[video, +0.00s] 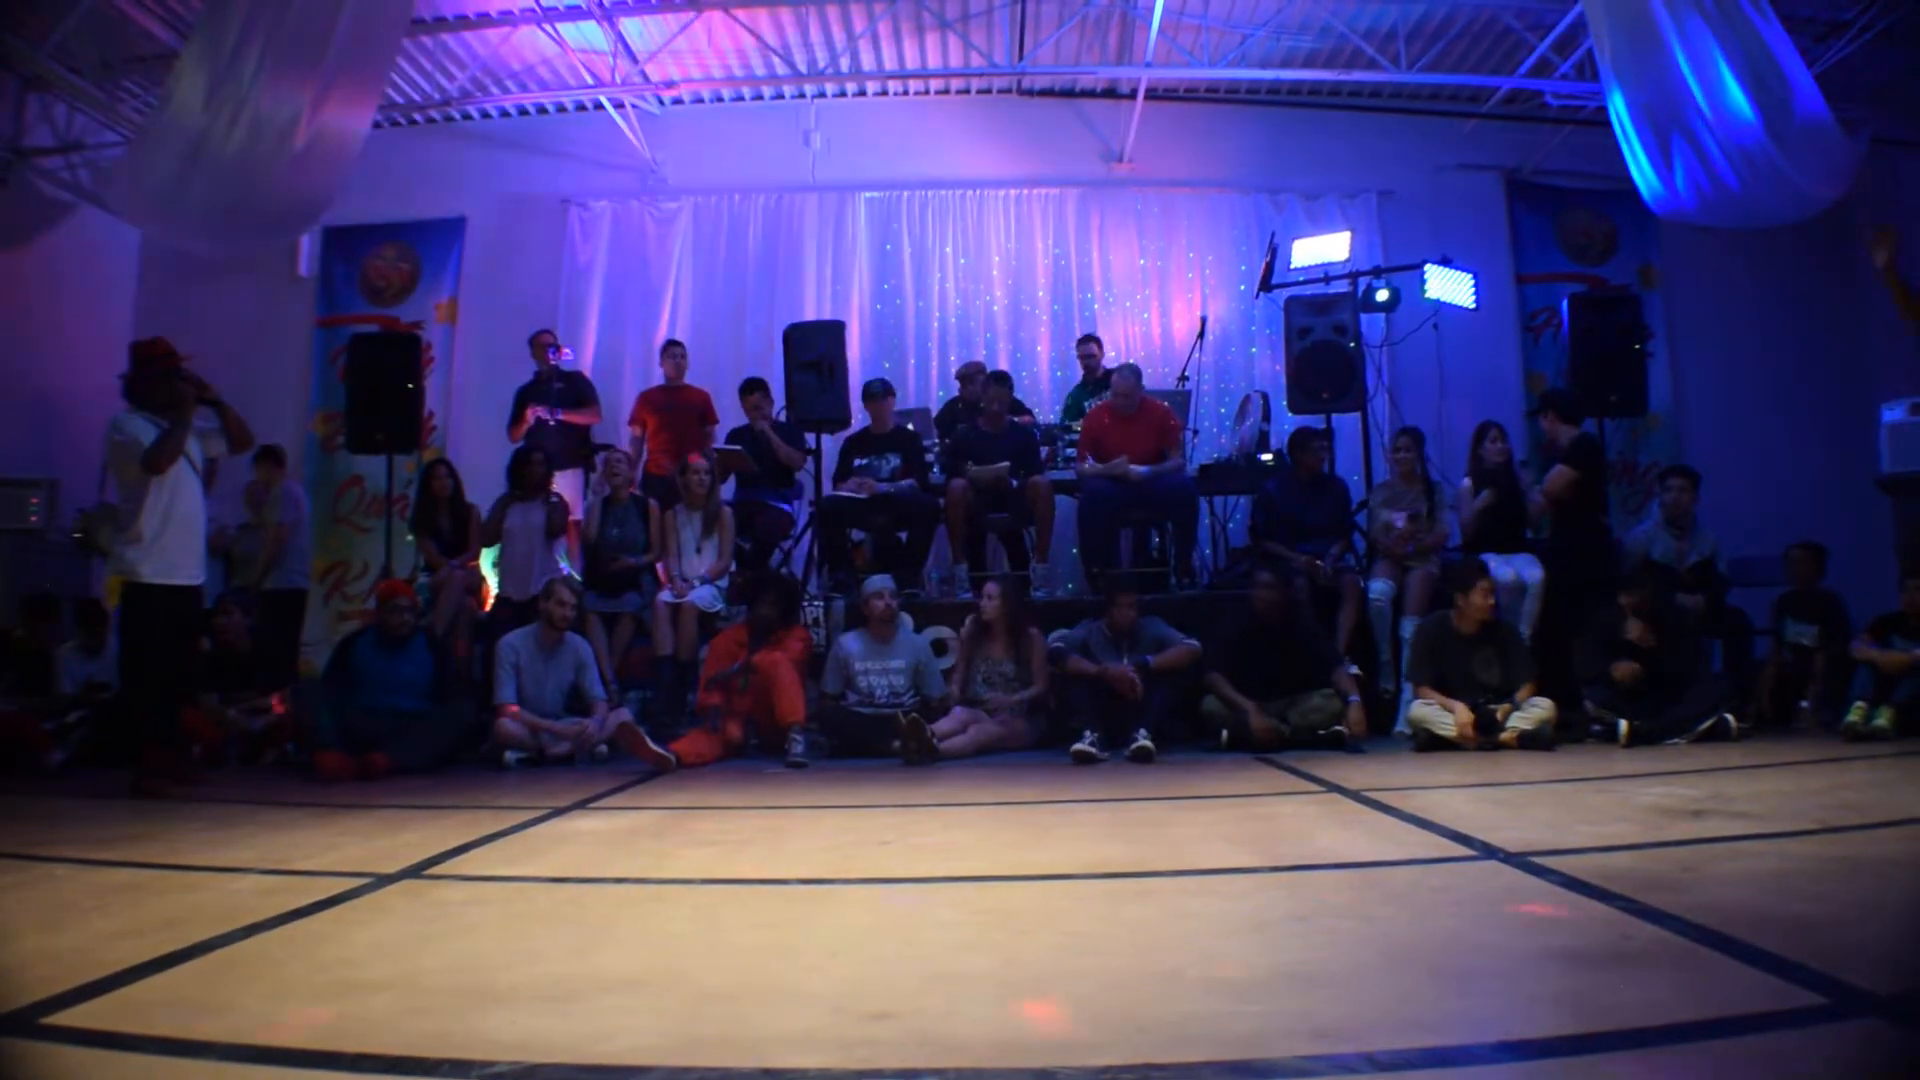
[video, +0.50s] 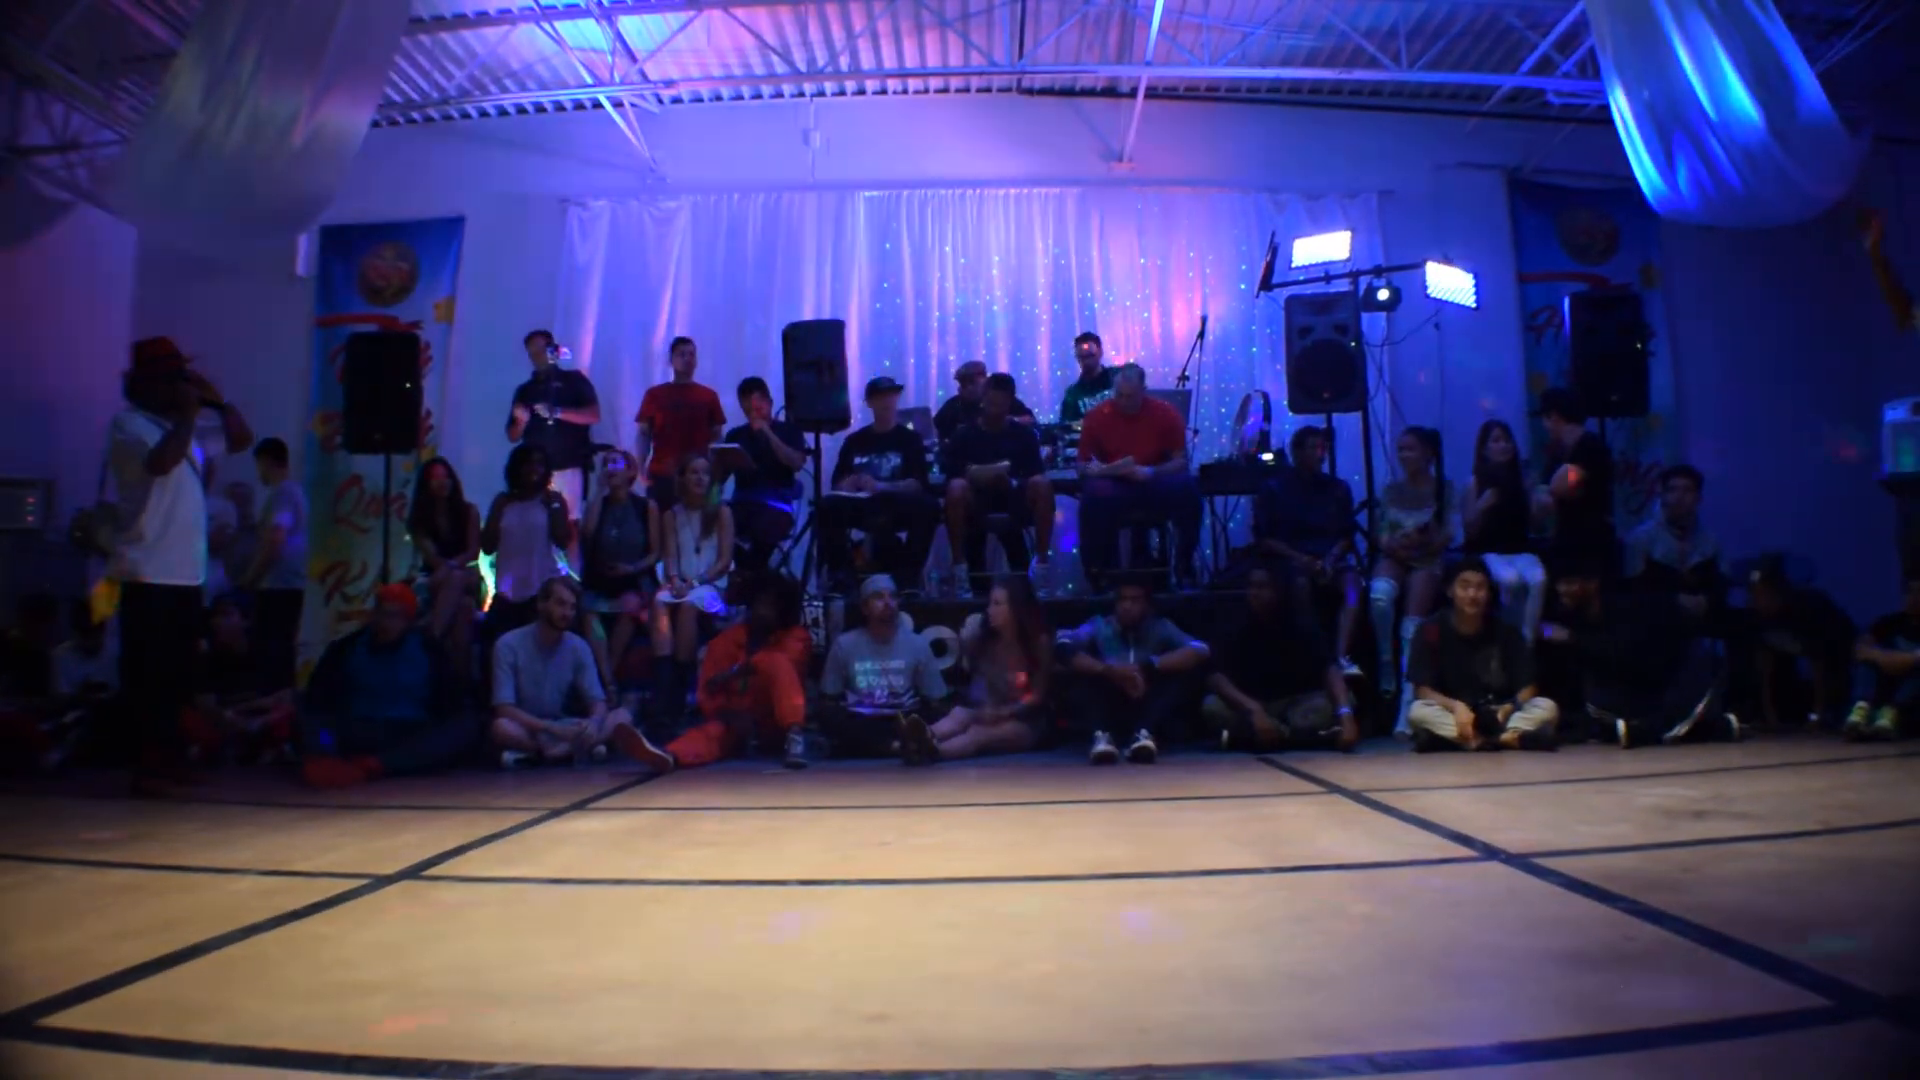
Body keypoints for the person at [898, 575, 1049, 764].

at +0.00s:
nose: (982, 604)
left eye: (990, 598)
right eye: (982, 598)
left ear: (1008, 602)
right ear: (979, 599)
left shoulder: (1030, 637)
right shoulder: (973, 632)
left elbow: (1040, 686)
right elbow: (960, 671)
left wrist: (1010, 701)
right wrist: (957, 694)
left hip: (1017, 715)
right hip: (981, 710)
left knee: (982, 732)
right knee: (960, 715)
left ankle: (932, 750)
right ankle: (924, 734)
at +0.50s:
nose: (990, 610)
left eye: (998, 604)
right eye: (990, 604)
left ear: (1017, 607)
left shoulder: (1036, 644)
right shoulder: (986, 643)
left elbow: (1037, 696)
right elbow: (977, 685)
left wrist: (999, 713)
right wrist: (985, 708)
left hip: (1027, 718)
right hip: (994, 712)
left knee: (979, 734)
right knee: (960, 715)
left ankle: (931, 752)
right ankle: (922, 735)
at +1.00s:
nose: (992, 619)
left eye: (996, 612)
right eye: (991, 612)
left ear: (1014, 611)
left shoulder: (1038, 646)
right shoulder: (989, 634)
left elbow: (1040, 699)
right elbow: (967, 629)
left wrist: (998, 715)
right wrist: (969, 677)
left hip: (1021, 717)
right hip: (986, 707)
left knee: (980, 733)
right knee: (957, 715)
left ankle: (933, 752)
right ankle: (921, 737)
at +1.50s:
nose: (992, 618)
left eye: (996, 611)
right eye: (990, 612)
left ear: (1013, 612)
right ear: (990, 612)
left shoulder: (1035, 644)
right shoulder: (990, 630)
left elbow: (1037, 696)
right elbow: (961, 623)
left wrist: (993, 712)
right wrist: (965, 665)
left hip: (1017, 716)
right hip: (982, 707)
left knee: (981, 733)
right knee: (957, 716)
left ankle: (931, 752)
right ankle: (920, 737)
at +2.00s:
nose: (983, 618)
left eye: (988, 612)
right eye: (983, 612)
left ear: (1007, 612)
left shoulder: (1030, 638)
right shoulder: (979, 627)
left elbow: (1036, 690)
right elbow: (959, 647)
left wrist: (996, 714)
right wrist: (954, 684)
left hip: (1021, 713)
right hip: (985, 704)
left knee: (979, 736)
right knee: (961, 715)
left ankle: (934, 752)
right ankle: (922, 738)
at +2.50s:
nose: (983, 609)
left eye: (989, 603)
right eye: (978, 603)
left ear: (1000, 605)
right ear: (969, 607)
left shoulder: (1018, 638)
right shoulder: (966, 639)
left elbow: (1028, 688)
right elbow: (954, 682)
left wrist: (995, 714)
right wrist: (958, 698)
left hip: (1011, 711)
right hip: (975, 708)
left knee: (979, 736)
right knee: (957, 722)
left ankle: (935, 752)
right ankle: (922, 737)